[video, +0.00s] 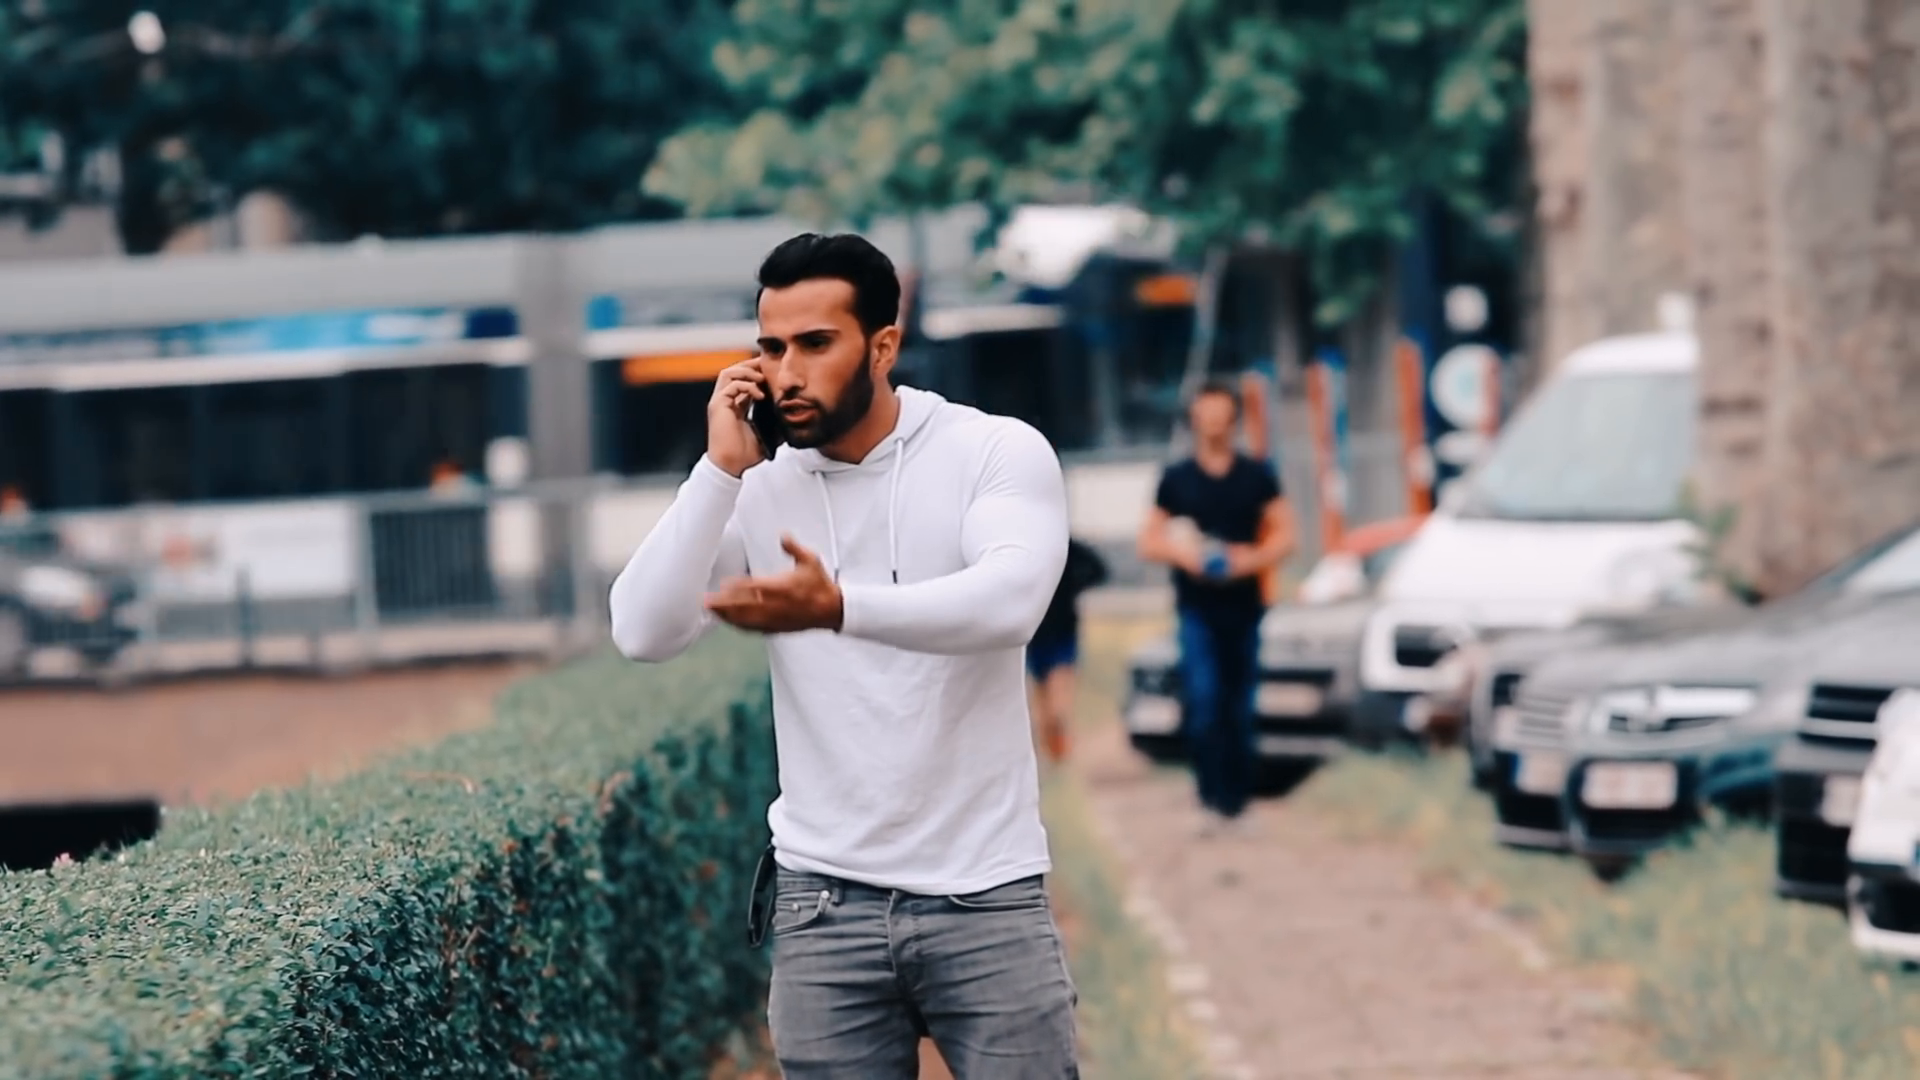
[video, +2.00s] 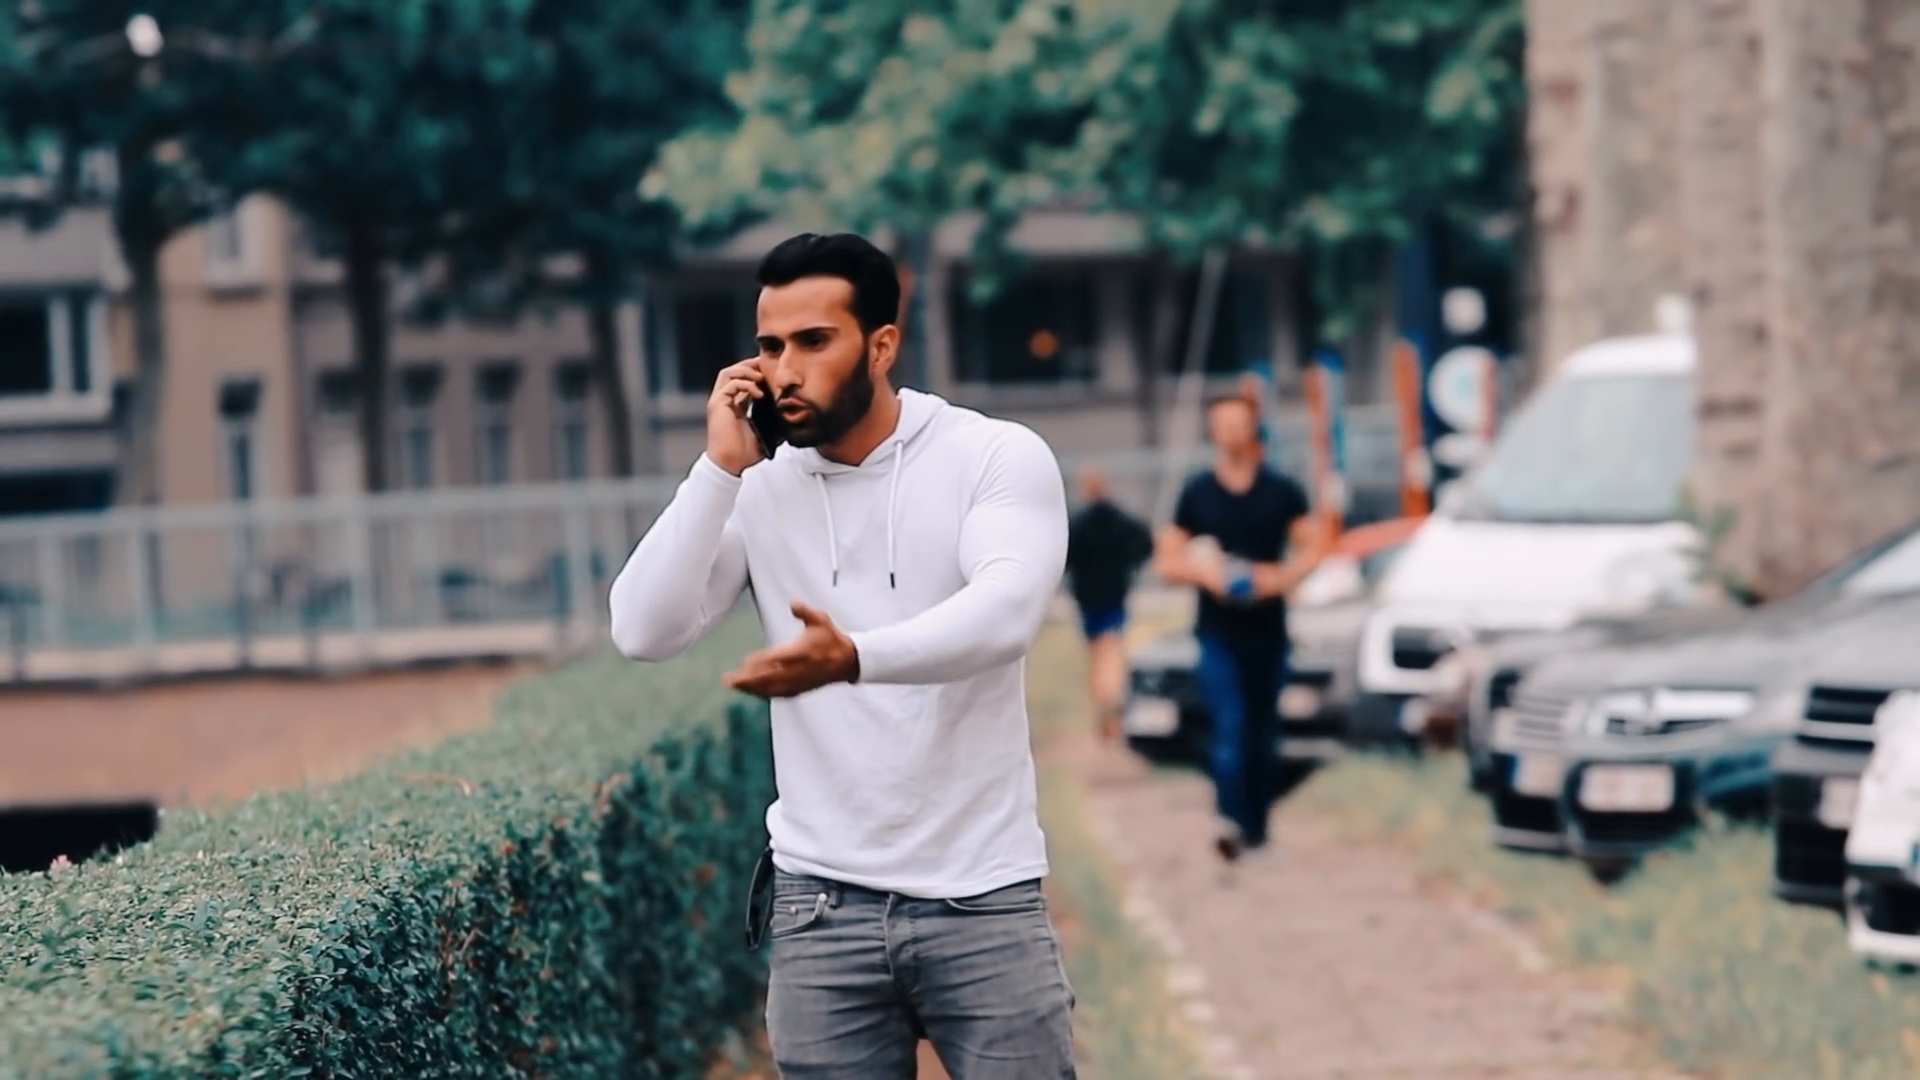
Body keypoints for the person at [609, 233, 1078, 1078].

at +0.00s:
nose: (784, 373)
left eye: (813, 344)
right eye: (770, 347)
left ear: (882, 347)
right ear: (755, 354)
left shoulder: (1001, 453)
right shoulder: (755, 490)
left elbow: (1007, 606)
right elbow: (643, 632)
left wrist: (838, 606)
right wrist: (720, 467)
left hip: (989, 898)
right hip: (821, 904)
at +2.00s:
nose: (782, 371)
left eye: (811, 342)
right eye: (769, 347)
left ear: (881, 345)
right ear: (755, 354)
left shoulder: (1000, 458)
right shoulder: (754, 490)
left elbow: (1003, 619)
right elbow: (641, 631)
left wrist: (856, 656)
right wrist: (720, 466)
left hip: (986, 900)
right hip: (817, 906)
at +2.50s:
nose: (792, 371)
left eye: (821, 341)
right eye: (779, 346)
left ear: (890, 344)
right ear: (764, 354)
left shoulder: (1009, 456)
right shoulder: (768, 483)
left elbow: (1011, 608)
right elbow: (648, 627)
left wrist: (836, 562)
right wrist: (725, 467)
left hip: (991, 896)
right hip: (823, 902)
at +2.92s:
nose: (792, 368)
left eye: (821, 338)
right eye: (778, 343)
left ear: (891, 341)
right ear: (764, 352)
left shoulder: (1008, 456)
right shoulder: (762, 488)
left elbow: (1012, 619)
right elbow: (649, 626)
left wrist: (862, 648)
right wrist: (728, 463)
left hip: (992, 898)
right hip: (824, 904)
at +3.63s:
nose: (789, 369)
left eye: (818, 339)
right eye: (776, 344)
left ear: (888, 342)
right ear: (762, 353)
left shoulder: (1005, 456)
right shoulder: (763, 480)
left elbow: (1003, 608)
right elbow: (645, 626)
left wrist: (827, 554)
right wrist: (723, 466)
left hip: (987, 895)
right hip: (819, 900)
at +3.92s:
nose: (780, 373)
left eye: (809, 345)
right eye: (768, 347)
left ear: (877, 348)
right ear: (752, 351)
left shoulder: (988, 451)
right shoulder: (750, 488)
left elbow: (1003, 583)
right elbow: (628, 626)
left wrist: (820, 571)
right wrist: (713, 466)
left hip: (975, 899)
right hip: (807, 906)